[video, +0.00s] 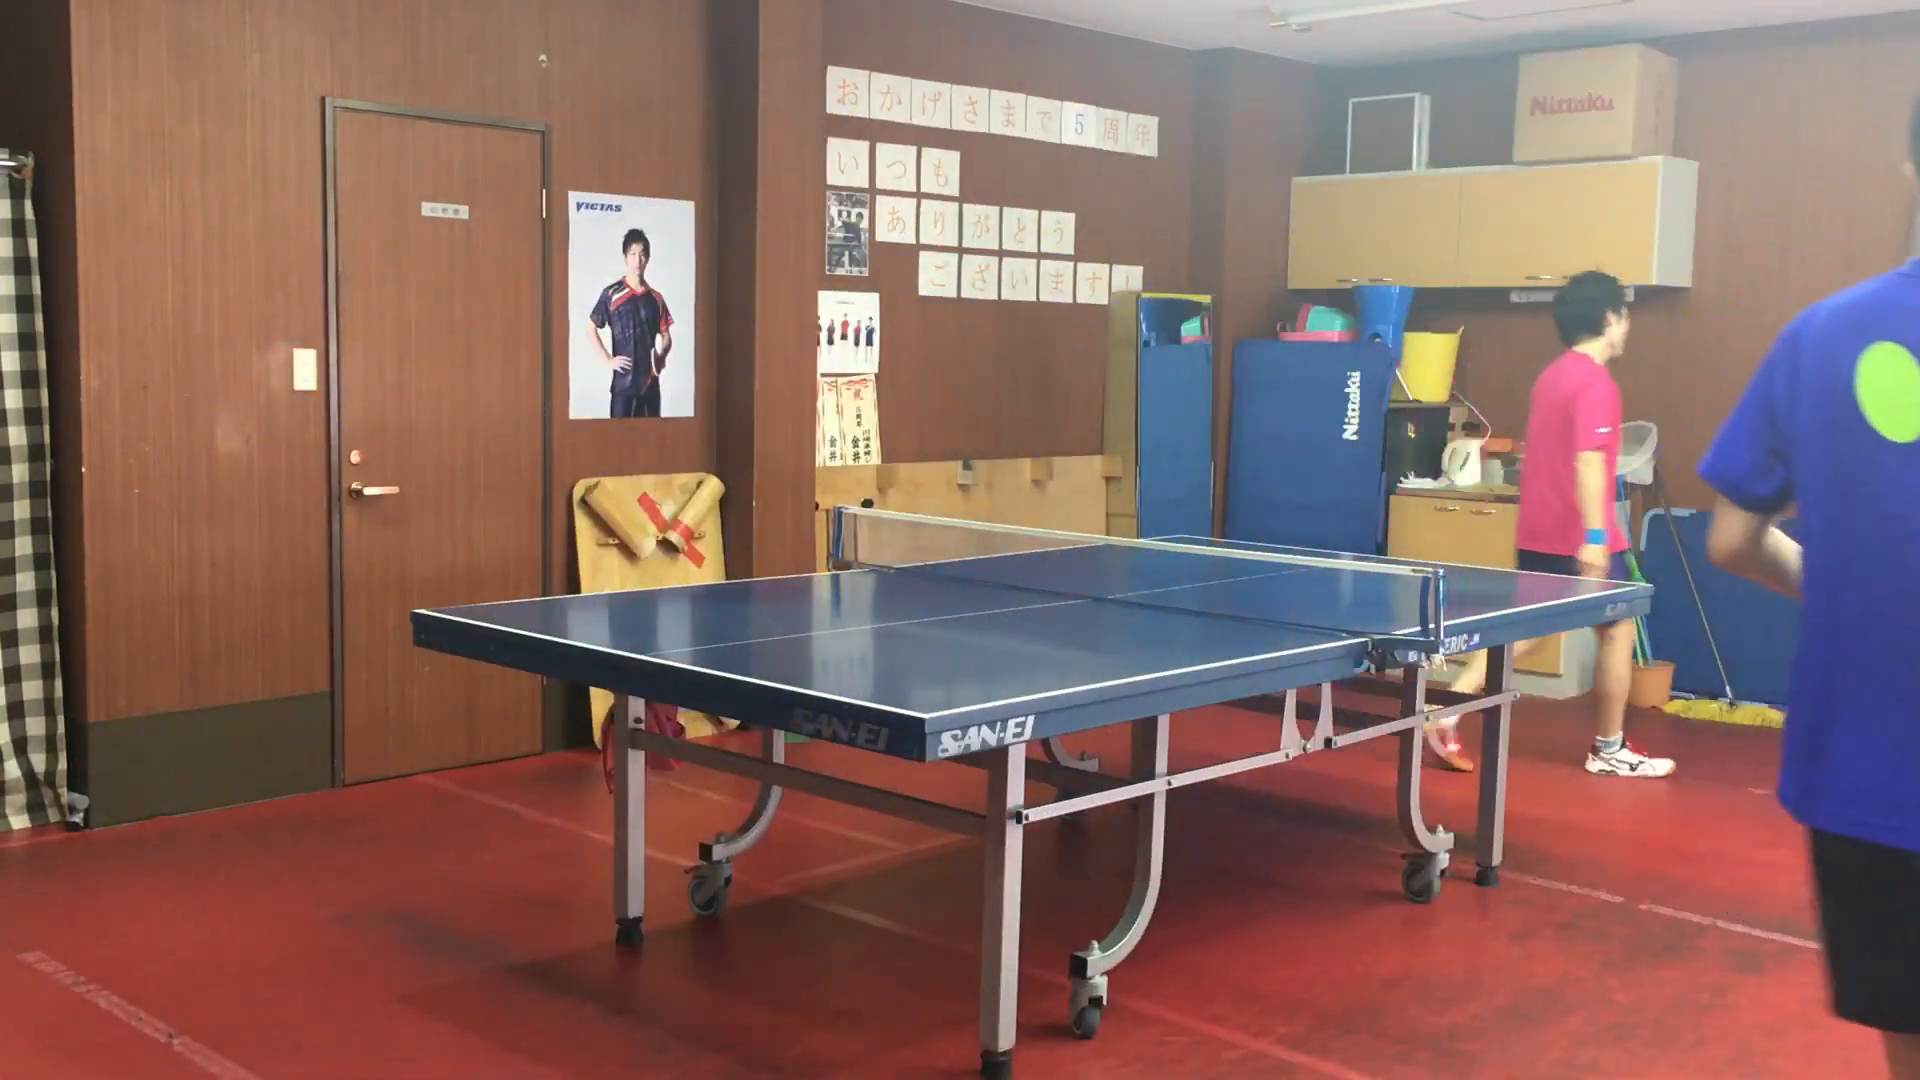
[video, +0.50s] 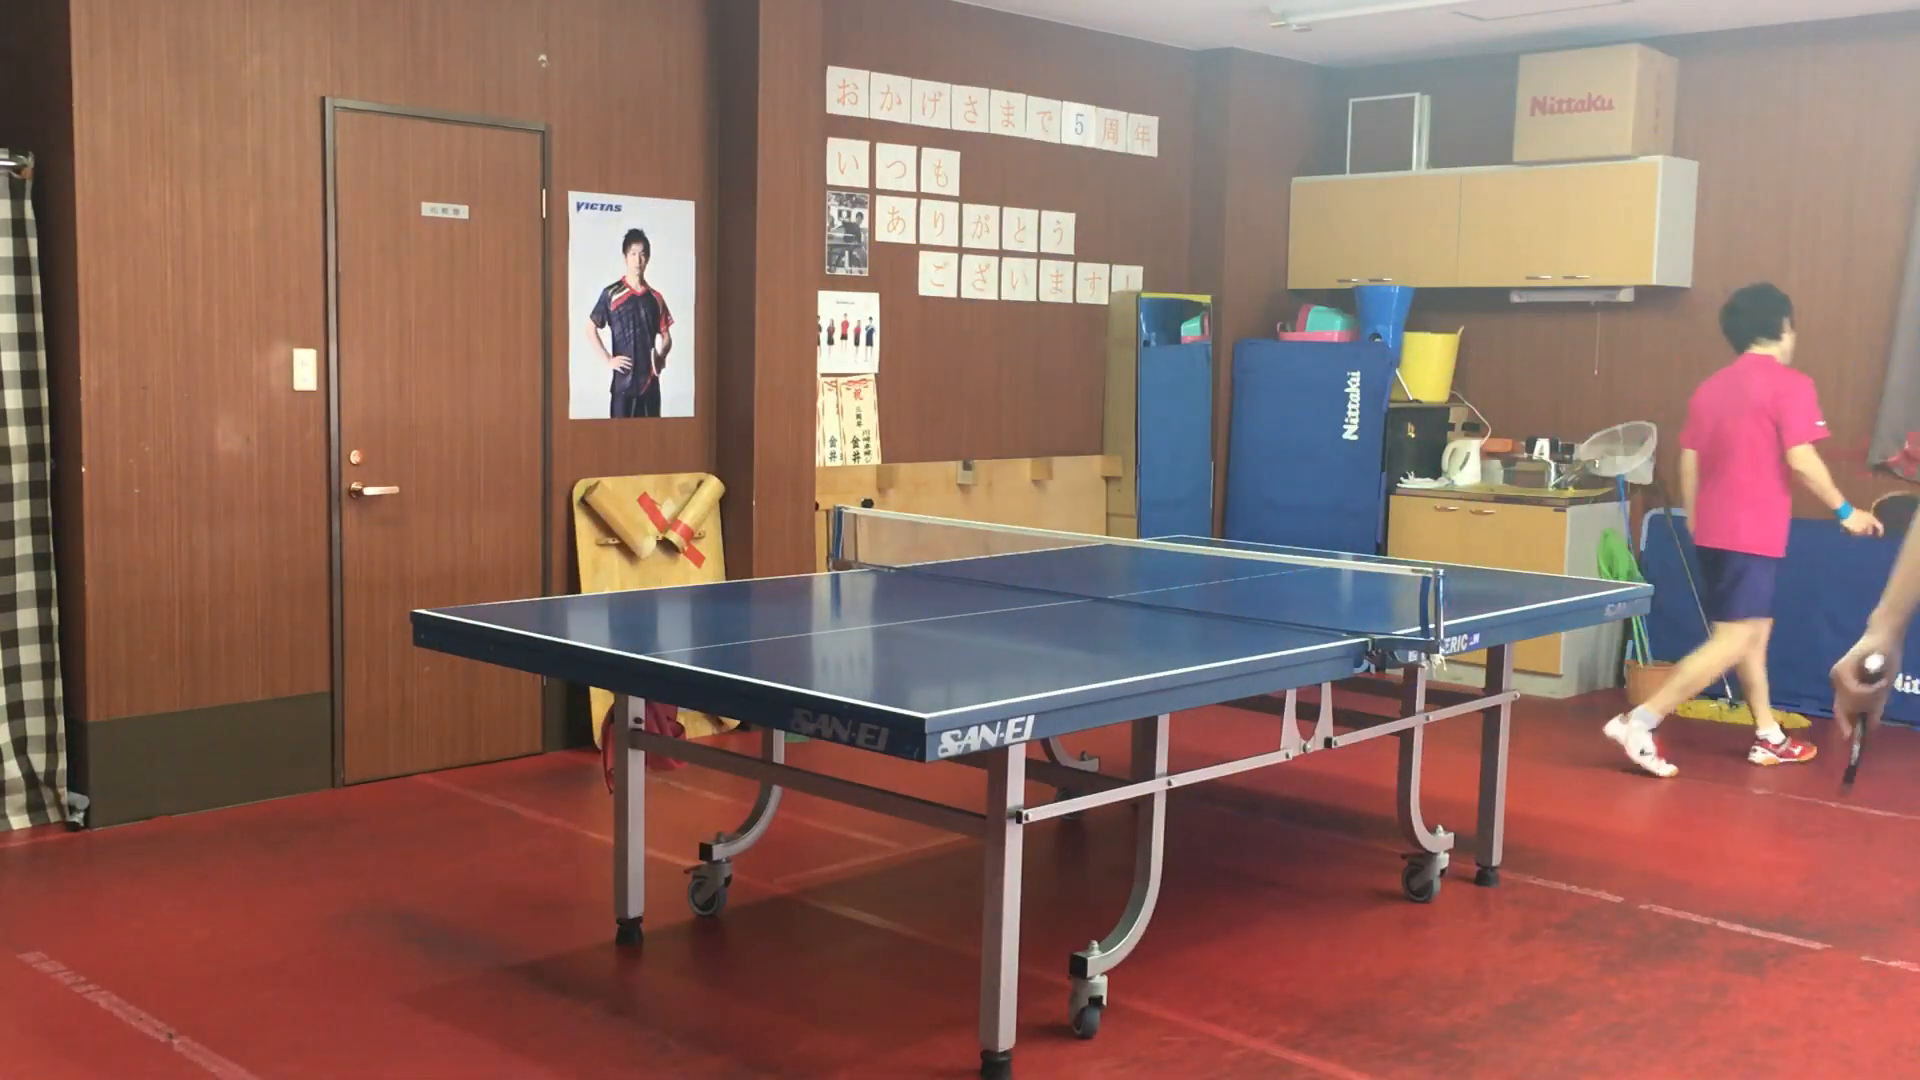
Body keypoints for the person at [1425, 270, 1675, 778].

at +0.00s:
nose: (1628, 325)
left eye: (1626, 315)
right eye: (1624, 315)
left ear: (1571, 322)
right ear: (1606, 322)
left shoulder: (1553, 375)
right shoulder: (1594, 383)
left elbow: (1541, 459)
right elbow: (1589, 463)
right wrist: (1594, 538)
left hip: (1540, 538)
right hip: (1583, 541)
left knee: (1527, 632)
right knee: (1619, 625)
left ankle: (1446, 714)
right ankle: (1610, 746)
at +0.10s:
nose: (1661, 321)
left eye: (1659, 311)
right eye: (1658, 311)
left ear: (1604, 317)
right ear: (1643, 317)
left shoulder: (1577, 375)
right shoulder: (1639, 380)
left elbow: (1577, 457)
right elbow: (1647, 460)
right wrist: (1664, 532)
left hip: (1578, 533)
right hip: (1622, 536)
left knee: (1595, 627)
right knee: (1637, 634)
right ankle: (1612, 747)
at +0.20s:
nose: (1692, 317)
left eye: (1690, 308)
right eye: (1690, 308)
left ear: (1633, 315)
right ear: (1677, 314)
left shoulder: (1604, 373)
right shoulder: (1681, 375)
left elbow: (1588, 453)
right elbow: (1703, 455)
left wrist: (1595, 514)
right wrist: (1730, 524)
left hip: (1608, 527)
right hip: (1653, 530)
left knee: (1663, 610)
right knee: (1645, 629)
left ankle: (1597, 694)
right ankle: (1612, 747)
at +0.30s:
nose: (1725, 321)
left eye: (1722, 312)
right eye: (1722, 313)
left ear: (1667, 321)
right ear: (1712, 317)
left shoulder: (1638, 376)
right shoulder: (1716, 377)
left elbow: (1616, 449)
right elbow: (1748, 454)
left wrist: (1617, 511)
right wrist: (1787, 517)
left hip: (1643, 526)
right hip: (1682, 531)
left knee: (1696, 617)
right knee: (1658, 629)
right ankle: (1613, 745)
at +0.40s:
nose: (1759, 330)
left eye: (1757, 321)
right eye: (1756, 321)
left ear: (1702, 330)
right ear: (1746, 324)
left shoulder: (1673, 385)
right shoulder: (1752, 384)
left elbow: (1652, 461)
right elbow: (1780, 459)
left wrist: (1652, 517)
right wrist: (1829, 514)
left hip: (1673, 535)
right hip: (1714, 539)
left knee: (1724, 632)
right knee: (1675, 639)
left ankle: (1757, 733)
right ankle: (1615, 742)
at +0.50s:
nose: (1794, 335)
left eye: (1791, 326)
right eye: (1792, 326)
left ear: (1738, 335)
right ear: (1781, 328)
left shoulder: (1710, 387)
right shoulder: (1788, 383)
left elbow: (1688, 463)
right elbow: (1800, 458)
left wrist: (1696, 522)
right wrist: (1845, 511)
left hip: (1712, 534)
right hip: (1755, 538)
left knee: (1754, 632)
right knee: (1735, 638)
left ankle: (1768, 735)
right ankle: (1639, 723)